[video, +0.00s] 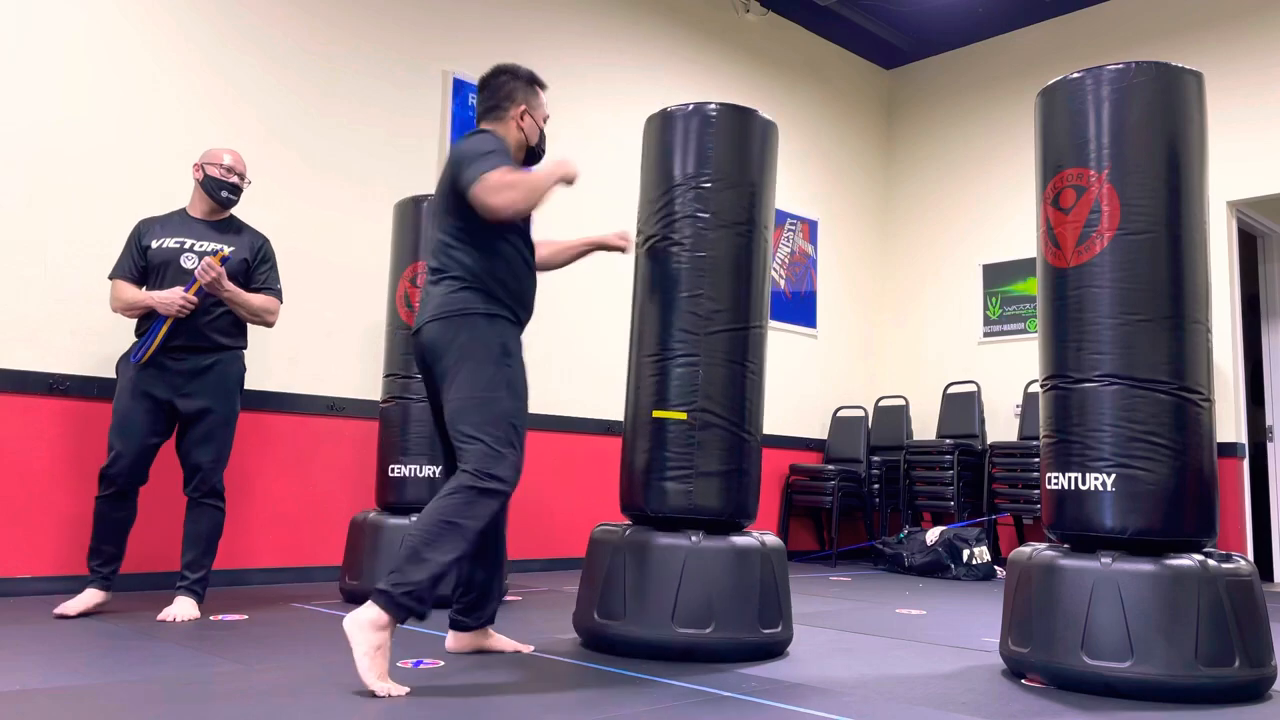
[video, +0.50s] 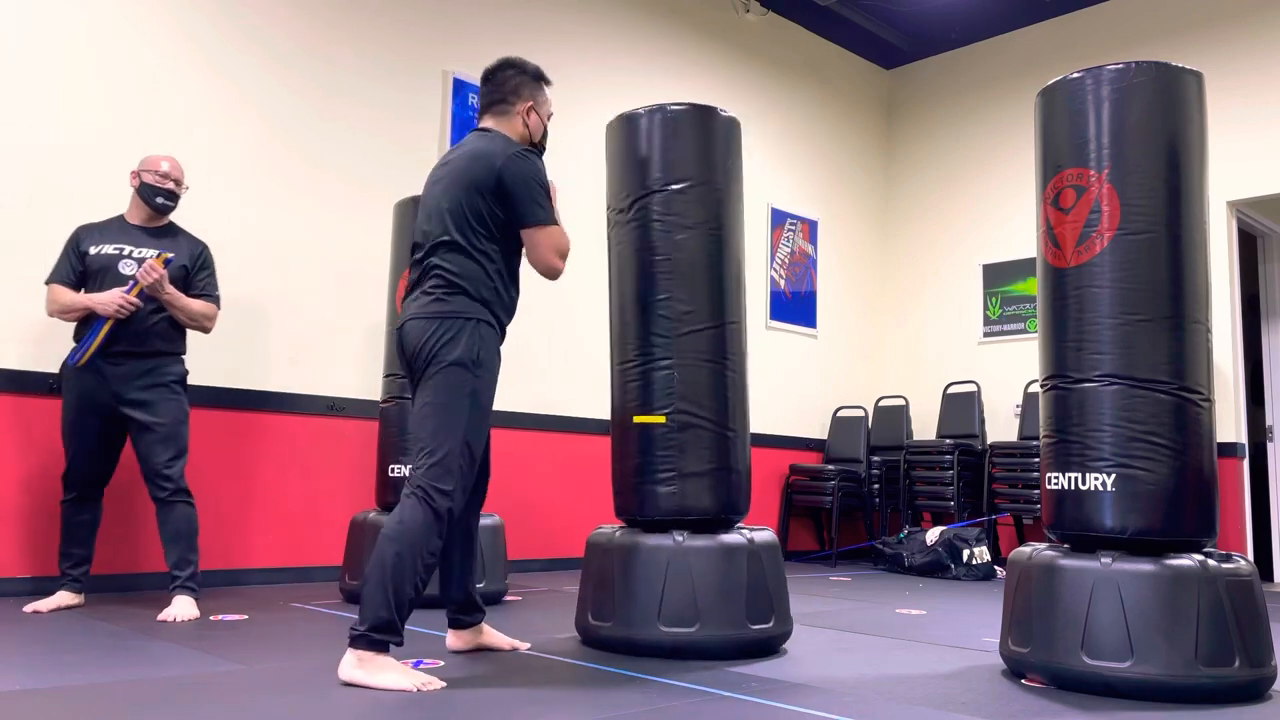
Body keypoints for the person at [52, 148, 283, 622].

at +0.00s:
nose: (231, 179)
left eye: (239, 176)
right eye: (222, 168)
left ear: (244, 189)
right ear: (197, 172)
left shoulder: (253, 244)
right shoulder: (150, 230)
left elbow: (269, 313)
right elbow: (119, 298)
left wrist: (227, 290)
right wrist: (156, 299)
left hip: (214, 377)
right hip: (148, 371)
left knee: (205, 483)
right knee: (119, 472)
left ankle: (189, 593)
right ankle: (99, 584)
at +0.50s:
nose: (168, 185)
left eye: (176, 182)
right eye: (159, 176)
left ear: (182, 194)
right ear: (133, 180)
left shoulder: (193, 250)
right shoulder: (88, 237)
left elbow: (207, 320)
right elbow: (56, 301)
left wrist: (166, 291)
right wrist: (93, 301)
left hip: (158, 382)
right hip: (91, 379)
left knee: (169, 483)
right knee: (80, 484)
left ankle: (184, 592)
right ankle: (71, 587)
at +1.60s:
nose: (106, 183)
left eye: (112, 178)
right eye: (95, 174)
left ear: (119, 189)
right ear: (69, 180)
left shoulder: (136, 245)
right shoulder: (28, 241)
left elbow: (157, 311)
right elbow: (3, 307)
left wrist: (111, 290)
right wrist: (37, 303)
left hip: (110, 378)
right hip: (45, 378)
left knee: (113, 479)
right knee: (56, 482)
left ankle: (116, 587)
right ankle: (69, 586)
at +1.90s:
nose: (99, 182)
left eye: (106, 177)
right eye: (89, 173)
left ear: (112, 187)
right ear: (60, 178)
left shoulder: (127, 242)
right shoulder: (19, 240)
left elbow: (148, 310)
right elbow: (1, 307)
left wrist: (96, 287)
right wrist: (25, 302)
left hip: (97, 367)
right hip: (35, 369)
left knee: (71, 463)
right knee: (44, 474)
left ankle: (60, 586)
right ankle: (67, 579)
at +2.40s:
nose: (39, 186)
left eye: (51, 179)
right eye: (31, 175)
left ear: (72, 179)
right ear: (19, 168)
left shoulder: (90, 236)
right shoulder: (3, 221)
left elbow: (114, 307)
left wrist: (47, 288)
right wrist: (5, 289)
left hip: (48, 358)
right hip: (4, 358)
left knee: (11, 467)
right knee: (29, 470)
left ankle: (1, 582)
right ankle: (67, 576)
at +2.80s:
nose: (2, 181)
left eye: (4, 172)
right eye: (3, 172)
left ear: (13, 171)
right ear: (10, 170)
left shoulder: (35, 222)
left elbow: (76, 298)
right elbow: (75, 296)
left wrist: (8, 313)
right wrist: (14, 315)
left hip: (2, 367)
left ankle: (0, 581)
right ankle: (1, 579)